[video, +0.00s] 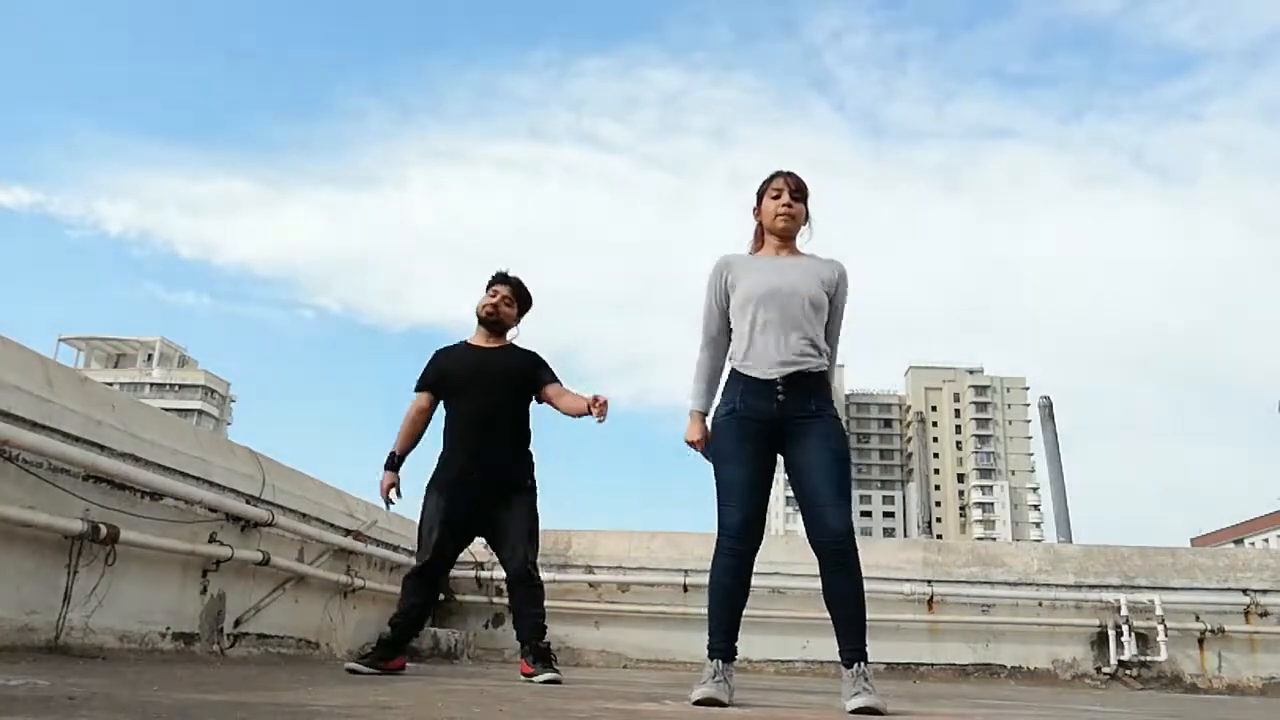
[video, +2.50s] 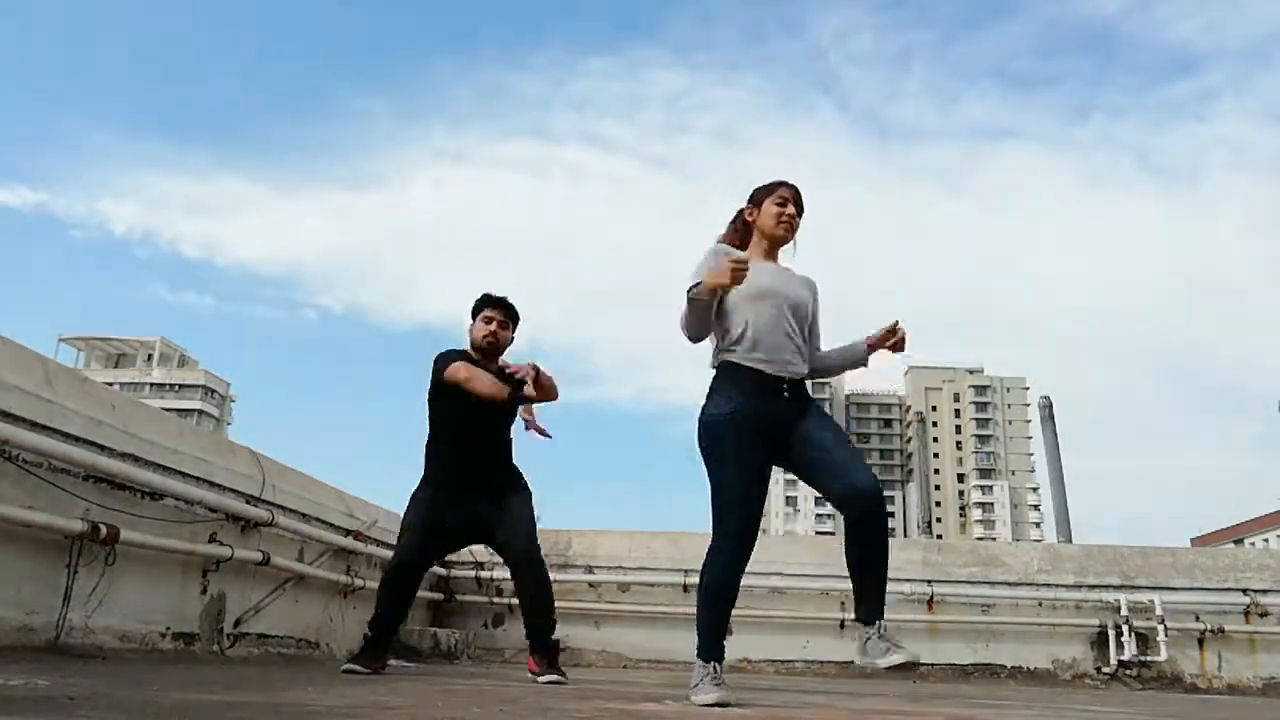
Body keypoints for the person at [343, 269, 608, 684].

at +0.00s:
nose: (495, 301)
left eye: (507, 300)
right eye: (492, 294)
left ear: (517, 318)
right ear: (479, 303)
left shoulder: (528, 363)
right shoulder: (447, 358)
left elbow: (558, 395)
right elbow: (420, 411)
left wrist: (587, 404)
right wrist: (393, 463)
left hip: (511, 486)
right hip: (454, 481)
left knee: (523, 568)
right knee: (428, 563)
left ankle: (535, 653)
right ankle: (392, 647)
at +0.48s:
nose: (487, 304)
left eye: (497, 302)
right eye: (482, 297)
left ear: (506, 316)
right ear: (468, 303)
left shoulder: (522, 352)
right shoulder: (441, 363)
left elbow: (545, 402)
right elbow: (423, 411)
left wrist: (524, 448)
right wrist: (411, 443)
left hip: (497, 480)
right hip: (441, 479)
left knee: (511, 569)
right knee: (418, 563)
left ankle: (535, 654)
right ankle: (392, 647)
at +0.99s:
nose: (497, 302)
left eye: (506, 297)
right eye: (490, 295)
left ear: (517, 308)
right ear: (476, 302)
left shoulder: (532, 361)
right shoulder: (451, 351)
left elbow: (554, 412)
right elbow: (429, 404)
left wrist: (535, 449)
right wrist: (434, 455)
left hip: (511, 481)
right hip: (455, 477)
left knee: (525, 565)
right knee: (426, 563)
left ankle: (537, 651)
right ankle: (393, 646)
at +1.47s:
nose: (497, 307)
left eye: (506, 303)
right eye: (490, 300)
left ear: (517, 315)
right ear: (476, 308)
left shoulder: (531, 366)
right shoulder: (448, 356)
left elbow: (553, 419)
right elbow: (429, 406)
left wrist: (530, 455)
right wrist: (433, 456)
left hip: (508, 484)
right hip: (451, 479)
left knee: (521, 563)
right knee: (416, 559)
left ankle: (536, 653)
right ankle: (391, 647)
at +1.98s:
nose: (482, 315)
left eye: (491, 311)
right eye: (475, 309)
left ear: (502, 323)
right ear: (461, 317)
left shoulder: (514, 376)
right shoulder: (433, 364)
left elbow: (524, 429)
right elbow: (415, 415)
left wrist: (519, 466)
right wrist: (423, 460)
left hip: (492, 490)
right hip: (435, 485)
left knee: (518, 570)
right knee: (401, 564)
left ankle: (536, 657)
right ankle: (373, 650)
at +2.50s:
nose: (493, 329)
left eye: (503, 325)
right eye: (487, 320)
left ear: (510, 338)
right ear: (471, 326)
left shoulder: (513, 376)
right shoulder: (448, 360)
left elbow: (550, 393)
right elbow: (469, 379)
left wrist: (535, 374)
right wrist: (512, 394)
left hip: (500, 492)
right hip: (443, 490)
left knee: (526, 557)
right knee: (405, 561)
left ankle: (544, 656)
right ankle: (374, 649)